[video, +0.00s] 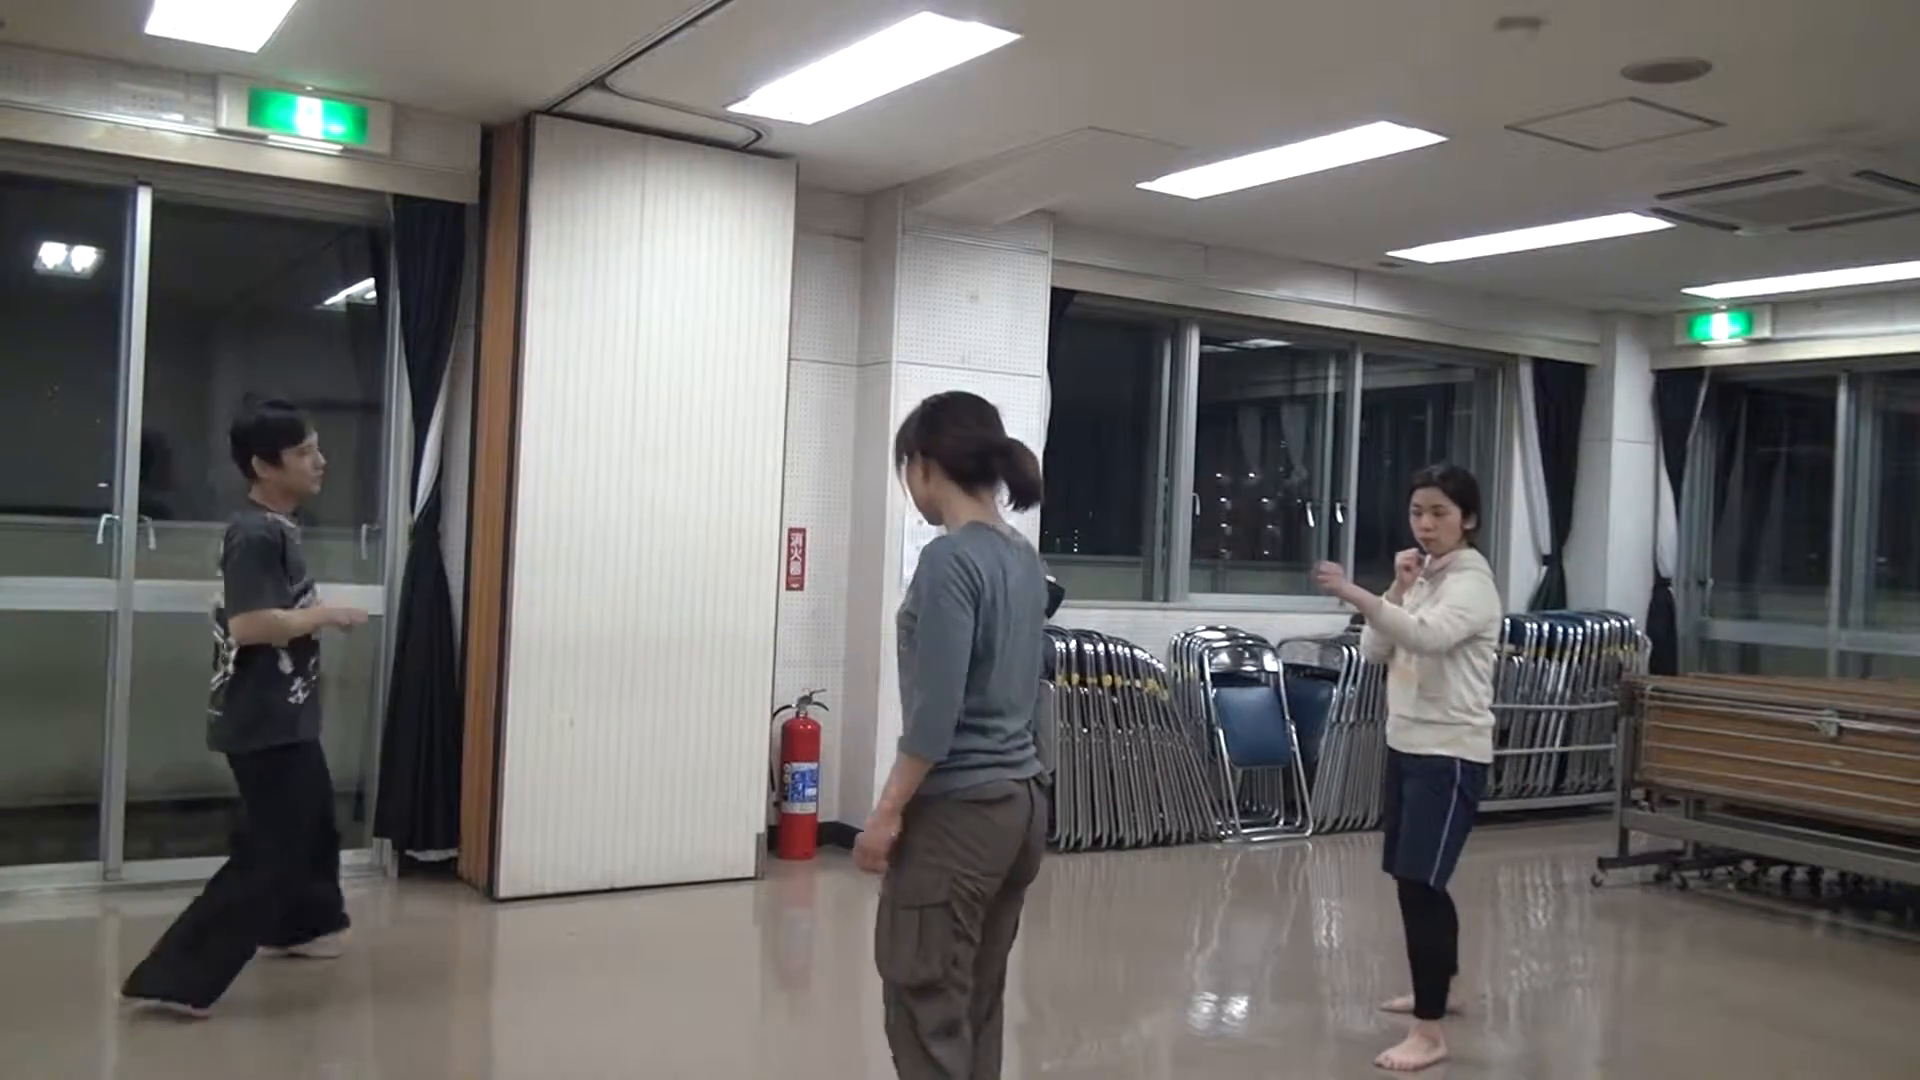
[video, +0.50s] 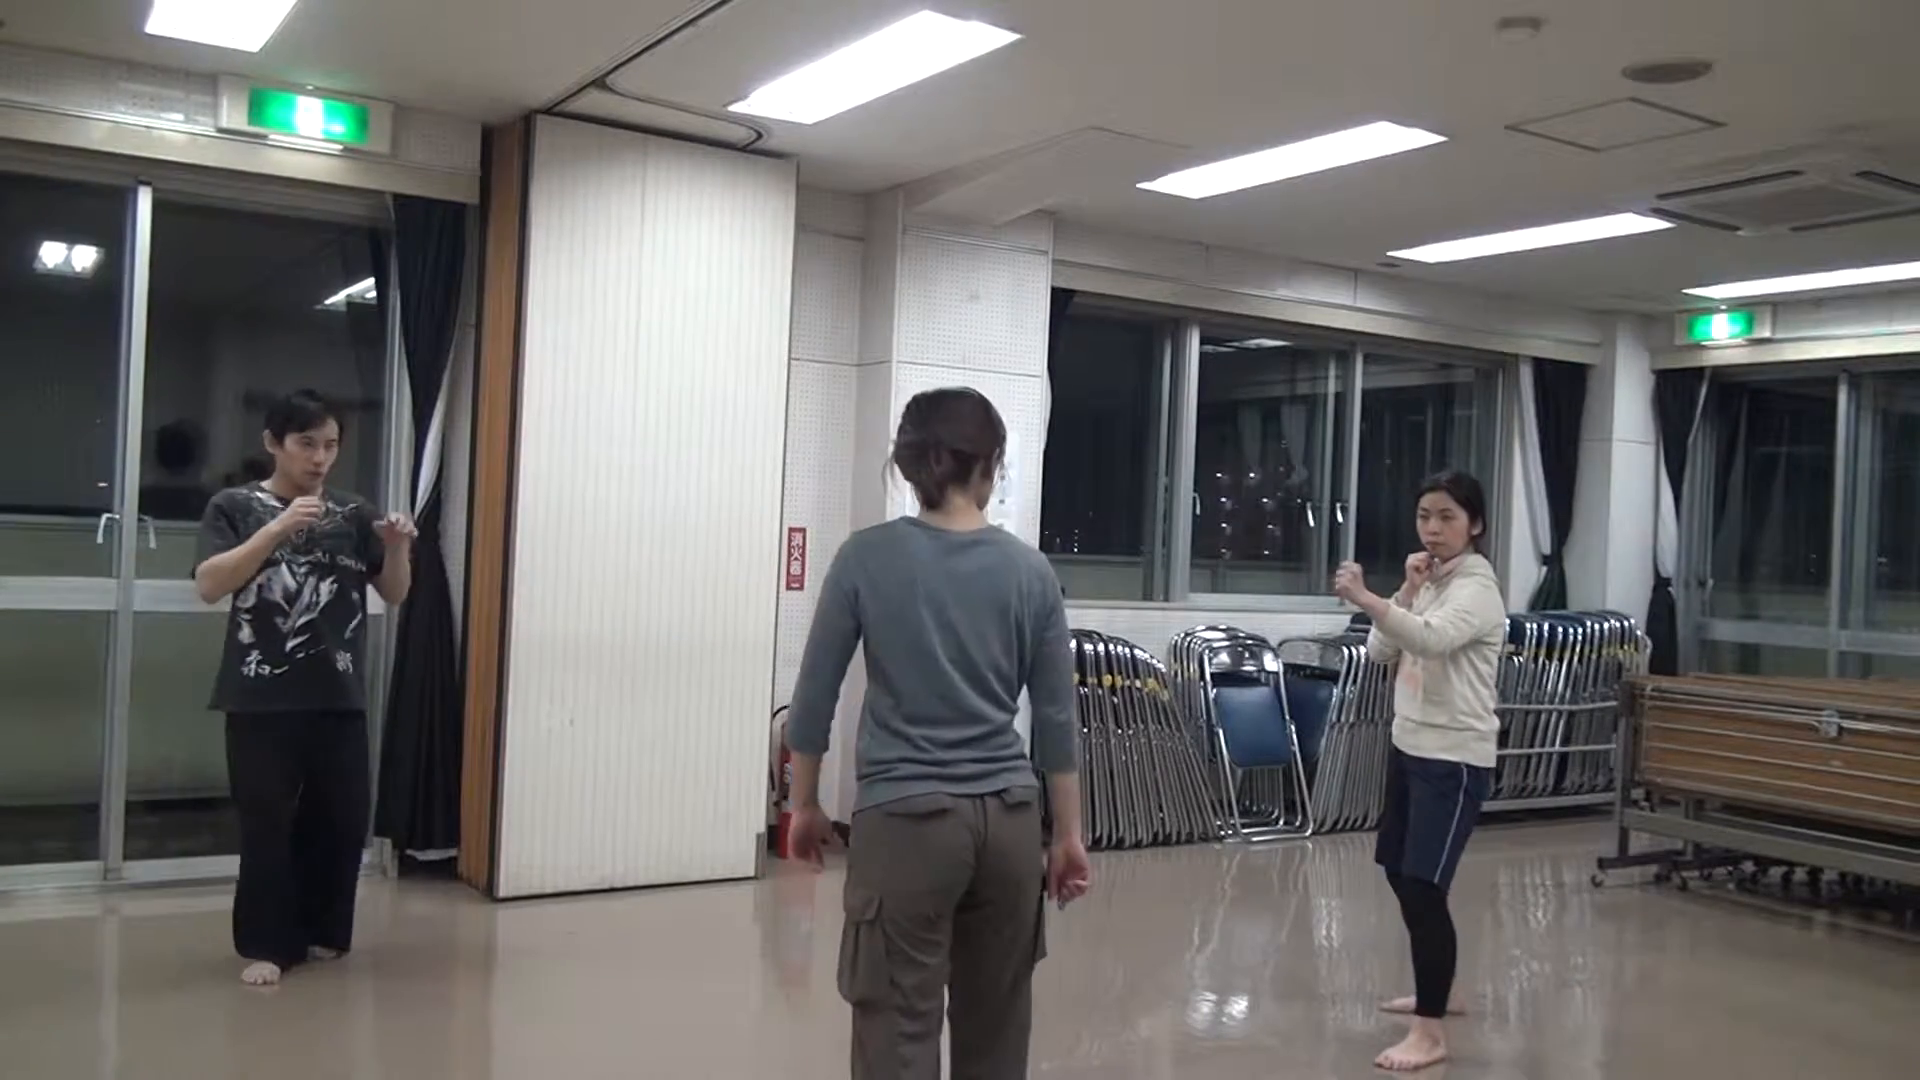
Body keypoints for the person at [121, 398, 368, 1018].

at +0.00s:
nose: (320, 462)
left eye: (318, 451)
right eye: (307, 454)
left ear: (275, 465)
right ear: (266, 464)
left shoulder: (279, 527)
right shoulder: (256, 533)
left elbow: (273, 616)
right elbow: (249, 623)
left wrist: (316, 613)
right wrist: (322, 613)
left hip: (283, 719)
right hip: (263, 723)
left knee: (312, 821)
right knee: (277, 848)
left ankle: (299, 925)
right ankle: (169, 980)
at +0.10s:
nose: (331, 460)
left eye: (332, 449)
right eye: (317, 452)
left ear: (324, 452)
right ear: (275, 460)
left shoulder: (302, 521)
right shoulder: (255, 524)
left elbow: (293, 603)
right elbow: (245, 617)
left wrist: (353, 601)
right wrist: (336, 603)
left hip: (311, 714)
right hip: (271, 720)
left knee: (338, 825)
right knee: (293, 843)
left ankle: (288, 931)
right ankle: (190, 969)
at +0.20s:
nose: (337, 453)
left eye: (340, 442)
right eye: (323, 442)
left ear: (339, 446)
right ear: (283, 446)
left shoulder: (328, 513)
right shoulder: (249, 512)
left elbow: (325, 586)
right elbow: (239, 599)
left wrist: (380, 581)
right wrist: (327, 571)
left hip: (321, 698)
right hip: (268, 703)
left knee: (334, 819)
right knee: (290, 827)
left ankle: (290, 931)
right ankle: (230, 957)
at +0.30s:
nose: (337, 451)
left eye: (341, 439)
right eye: (323, 440)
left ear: (344, 442)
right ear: (284, 442)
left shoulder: (338, 513)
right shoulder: (247, 506)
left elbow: (361, 584)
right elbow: (229, 587)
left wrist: (394, 568)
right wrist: (311, 551)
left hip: (328, 693)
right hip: (266, 696)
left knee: (329, 814)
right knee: (272, 818)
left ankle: (311, 932)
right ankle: (265, 948)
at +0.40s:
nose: (330, 453)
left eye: (337, 442)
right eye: (316, 440)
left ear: (343, 446)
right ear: (280, 442)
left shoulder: (347, 517)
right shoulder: (240, 507)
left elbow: (386, 589)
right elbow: (219, 585)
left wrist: (403, 555)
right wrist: (297, 539)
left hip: (334, 697)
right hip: (263, 698)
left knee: (332, 818)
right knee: (271, 822)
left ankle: (323, 935)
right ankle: (267, 950)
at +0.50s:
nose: (322, 457)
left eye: (330, 445)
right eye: (309, 445)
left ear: (338, 448)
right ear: (275, 444)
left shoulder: (352, 516)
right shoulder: (236, 507)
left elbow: (393, 594)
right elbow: (209, 584)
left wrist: (398, 546)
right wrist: (277, 529)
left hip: (337, 698)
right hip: (261, 698)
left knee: (344, 819)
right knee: (267, 821)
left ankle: (324, 933)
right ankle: (264, 950)